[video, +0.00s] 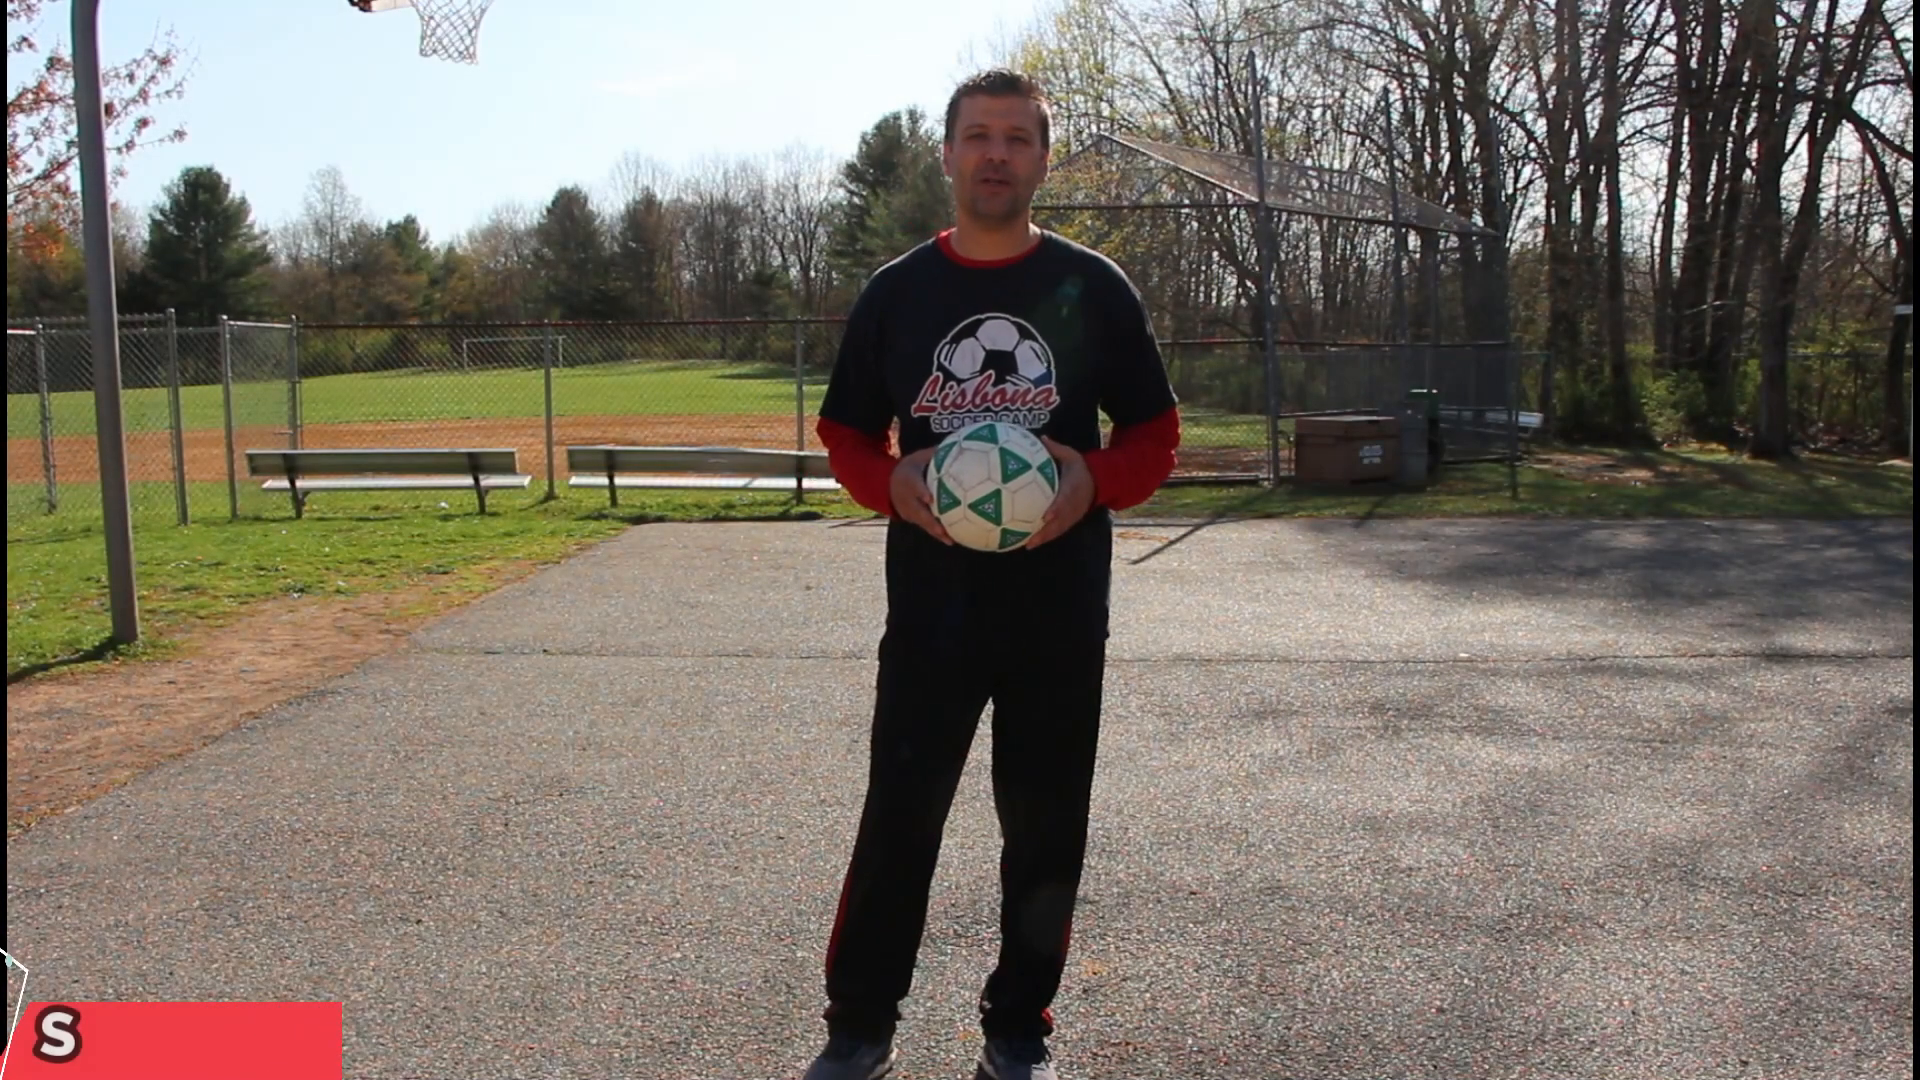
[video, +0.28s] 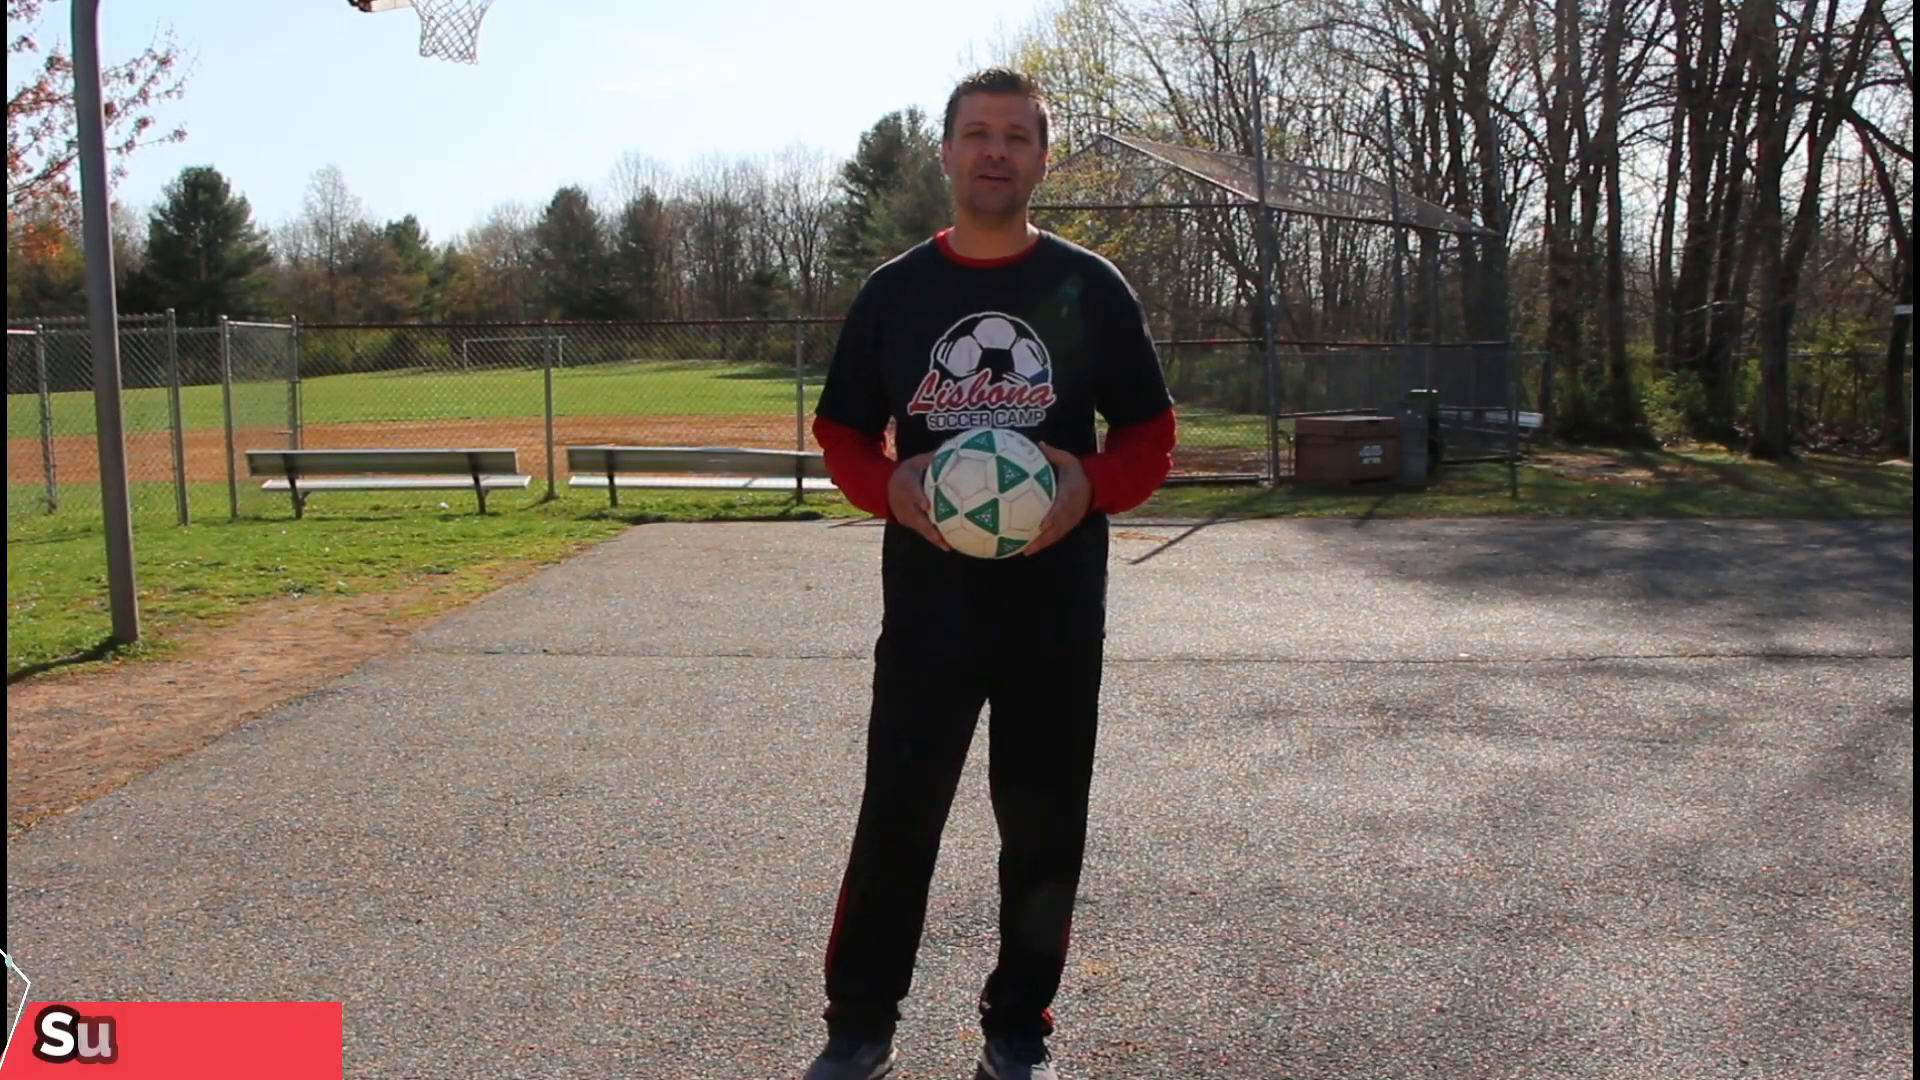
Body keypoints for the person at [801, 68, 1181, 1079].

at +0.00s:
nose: (997, 155)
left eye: (1018, 139)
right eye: (978, 137)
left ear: (1045, 158)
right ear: (948, 154)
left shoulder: (1095, 288)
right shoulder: (895, 292)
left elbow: (1158, 427)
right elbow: (845, 425)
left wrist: (1098, 478)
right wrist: (888, 483)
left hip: (1058, 598)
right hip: (932, 594)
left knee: (1047, 822)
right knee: (899, 814)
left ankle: (1019, 1031)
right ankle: (857, 1028)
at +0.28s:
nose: (996, 152)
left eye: (1017, 137)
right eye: (977, 135)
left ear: (1043, 157)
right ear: (947, 153)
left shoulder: (1092, 287)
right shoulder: (893, 290)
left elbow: (1151, 429)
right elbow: (841, 425)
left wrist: (1094, 482)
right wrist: (886, 488)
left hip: (1055, 596)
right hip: (929, 592)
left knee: (1045, 820)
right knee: (897, 812)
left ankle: (1020, 1029)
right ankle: (858, 1026)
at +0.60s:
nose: (980, 139)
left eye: (1003, 126)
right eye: (962, 123)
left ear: (1030, 155)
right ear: (933, 146)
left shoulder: (1078, 283)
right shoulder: (873, 287)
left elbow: (1140, 434)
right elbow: (816, 429)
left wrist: (1075, 446)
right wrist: (865, 448)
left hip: (1040, 591)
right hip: (912, 588)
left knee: (1037, 821)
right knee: (888, 812)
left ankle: (1018, 1035)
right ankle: (857, 1028)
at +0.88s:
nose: (959, 139)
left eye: (981, 126)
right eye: (939, 123)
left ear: (1006, 152)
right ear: (909, 145)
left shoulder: (1050, 282)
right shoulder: (849, 287)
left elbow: (1112, 424)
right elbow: (799, 422)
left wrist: (1056, 467)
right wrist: (846, 474)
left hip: (1015, 595)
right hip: (887, 596)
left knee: (1024, 821)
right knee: (874, 817)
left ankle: (1019, 1034)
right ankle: (857, 1029)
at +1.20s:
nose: (925, 136)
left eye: (945, 122)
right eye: (905, 121)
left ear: (971, 148)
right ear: (874, 144)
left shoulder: (1017, 283)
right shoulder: (817, 288)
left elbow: (1075, 425)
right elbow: (760, 423)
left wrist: (1018, 470)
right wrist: (811, 475)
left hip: (980, 587)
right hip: (852, 589)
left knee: (999, 809)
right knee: (852, 811)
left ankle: (1015, 1030)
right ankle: (854, 1026)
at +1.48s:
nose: (903, 135)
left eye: (921, 120)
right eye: (881, 122)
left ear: (947, 145)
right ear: (851, 149)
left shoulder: (999, 280)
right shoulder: (799, 290)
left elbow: (1057, 434)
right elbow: (741, 439)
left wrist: (998, 438)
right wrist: (794, 436)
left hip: (962, 592)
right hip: (834, 597)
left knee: (987, 812)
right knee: (842, 817)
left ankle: (1015, 1031)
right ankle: (855, 1027)